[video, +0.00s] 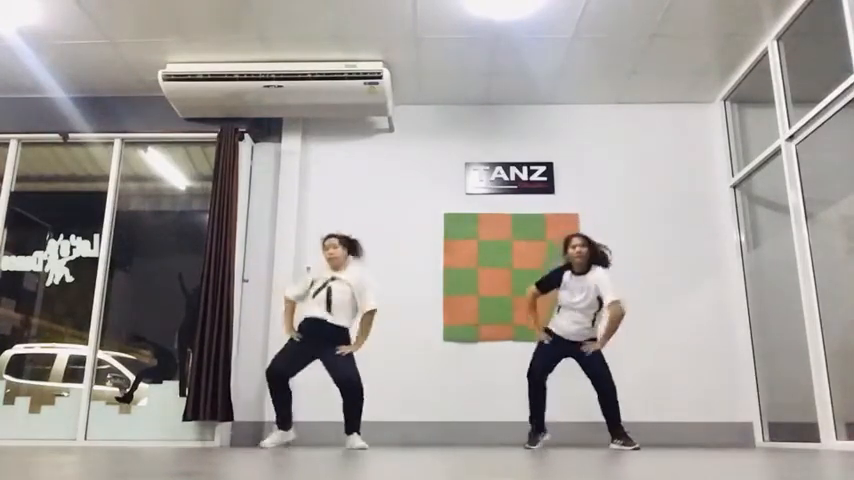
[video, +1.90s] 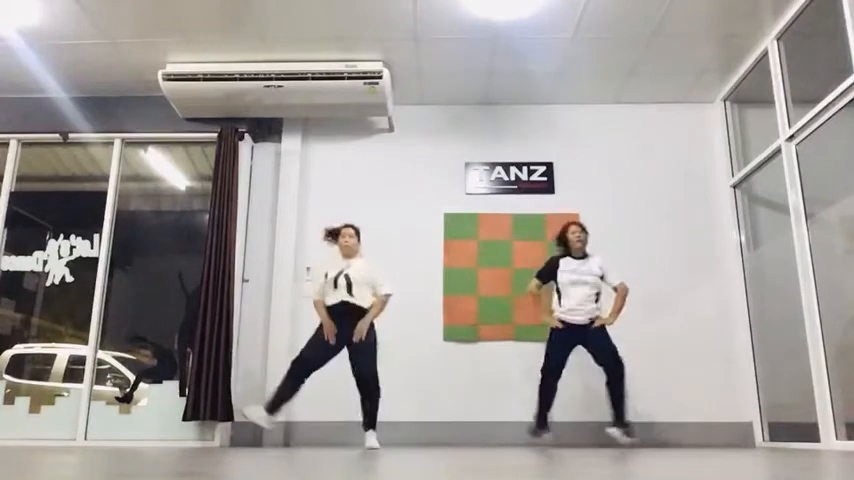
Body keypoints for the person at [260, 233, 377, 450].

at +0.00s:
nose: (330, 252)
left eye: (335, 247)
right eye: (326, 249)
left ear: (346, 251)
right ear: (323, 253)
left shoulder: (356, 277)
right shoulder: (315, 275)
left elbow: (369, 310)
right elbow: (290, 297)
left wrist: (357, 343)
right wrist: (290, 329)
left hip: (337, 340)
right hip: (307, 336)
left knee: (352, 387)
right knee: (275, 373)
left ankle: (352, 435)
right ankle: (284, 429)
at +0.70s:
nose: (340, 253)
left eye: (344, 250)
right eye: (336, 250)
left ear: (352, 255)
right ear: (331, 254)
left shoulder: (363, 279)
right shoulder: (320, 279)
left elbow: (374, 311)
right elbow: (313, 314)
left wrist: (370, 336)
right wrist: (322, 340)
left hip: (363, 342)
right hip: (333, 343)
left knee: (378, 387)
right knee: (308, 387)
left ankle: (380, 433)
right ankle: (291, 434)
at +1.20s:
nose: (346, 241)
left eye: (350, 236)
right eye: (342, 238)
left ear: (358, 240)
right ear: (337, 242)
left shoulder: (368, 265)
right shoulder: (331, 267)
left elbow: (384, 295)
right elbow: (319, 297)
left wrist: (366, 318)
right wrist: (326, 322)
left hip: (360, 320)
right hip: (333, 319)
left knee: (367, 373)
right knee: (306, 361)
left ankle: (374, 426)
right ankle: (278, 411)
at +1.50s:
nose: (343, 238)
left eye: (348, 234)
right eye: (340, 234)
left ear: (357, 238)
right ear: (335, 238)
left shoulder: (364, 264)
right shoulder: (326, 264)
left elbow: (377, 294)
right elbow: (314, 294)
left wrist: (363, 317)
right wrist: (322, 320)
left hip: (357, 319)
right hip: (330, 319)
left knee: (372, 370)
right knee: (308, 368)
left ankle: (381, 425)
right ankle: (297, 425)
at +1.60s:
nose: (341, 241)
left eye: (346, 239)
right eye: (337, 238)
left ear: (353, 245)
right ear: (332, 244)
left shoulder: (361, 271)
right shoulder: (319, 269)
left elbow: (370, 304)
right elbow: (305, 299)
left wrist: (355, 326)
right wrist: (315, 325)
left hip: (351, 325)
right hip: (323, 326)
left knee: (376, 362)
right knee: (311, 378)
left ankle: (402, 402)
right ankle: (311, 433)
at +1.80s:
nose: (346, 236)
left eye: (350, 232)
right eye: (342, 232)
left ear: (357, 238)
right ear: (335, 237)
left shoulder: (365, 263)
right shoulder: (323, 261)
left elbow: (375, 295)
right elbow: (311, 290)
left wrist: (361, 316)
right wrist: (318, 316)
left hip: (355, 317)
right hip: (326, 316)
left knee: (375, 364)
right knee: (305, 368)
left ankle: (387, 416)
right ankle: (299, 424)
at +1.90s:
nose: (347, 240)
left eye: (351, 236)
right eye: (343, 236)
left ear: (359, 242)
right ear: (337, 242)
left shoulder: (368, 267)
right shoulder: (327, 268)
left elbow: (382, 297)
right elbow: (317, 298)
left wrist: (366, 321)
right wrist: (326, 321)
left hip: (361, 324)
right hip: (333, 322)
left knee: (367, 378)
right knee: (302, 364)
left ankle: (370, 431)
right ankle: (269, 413)